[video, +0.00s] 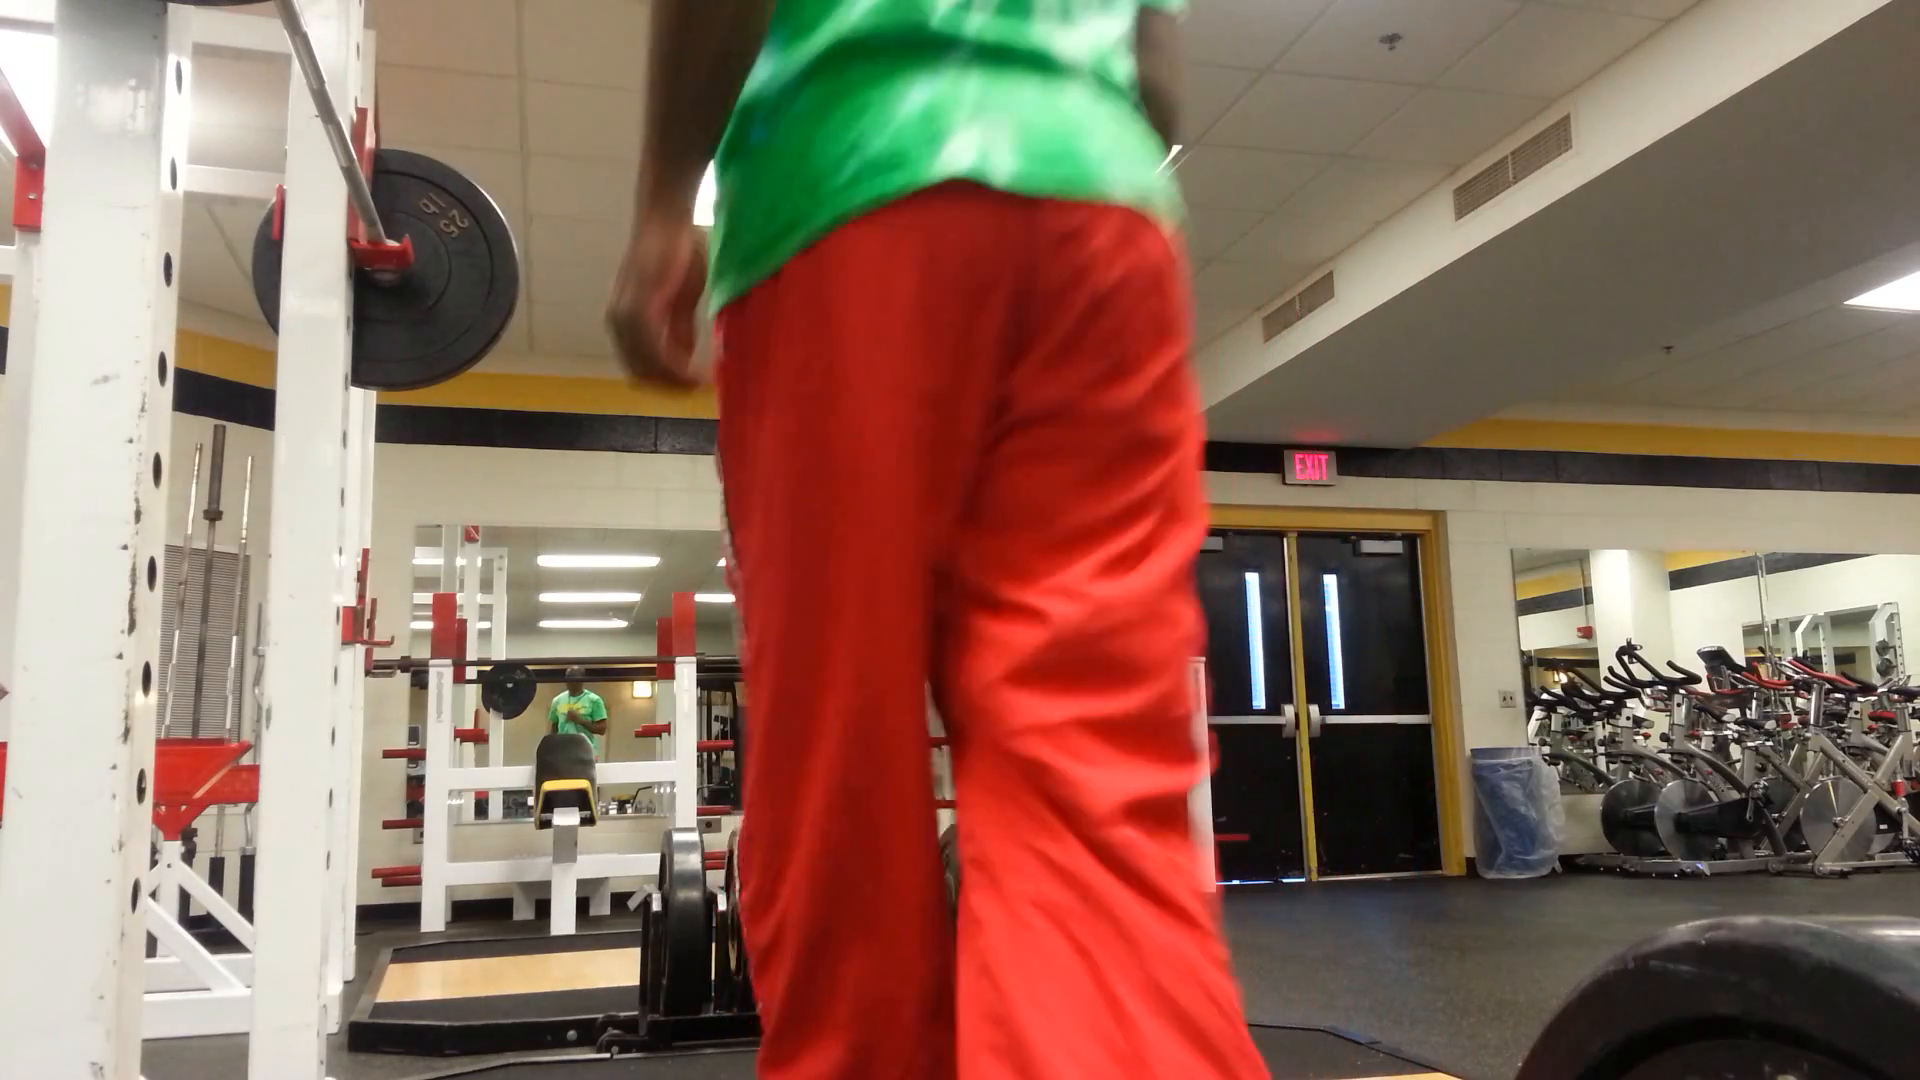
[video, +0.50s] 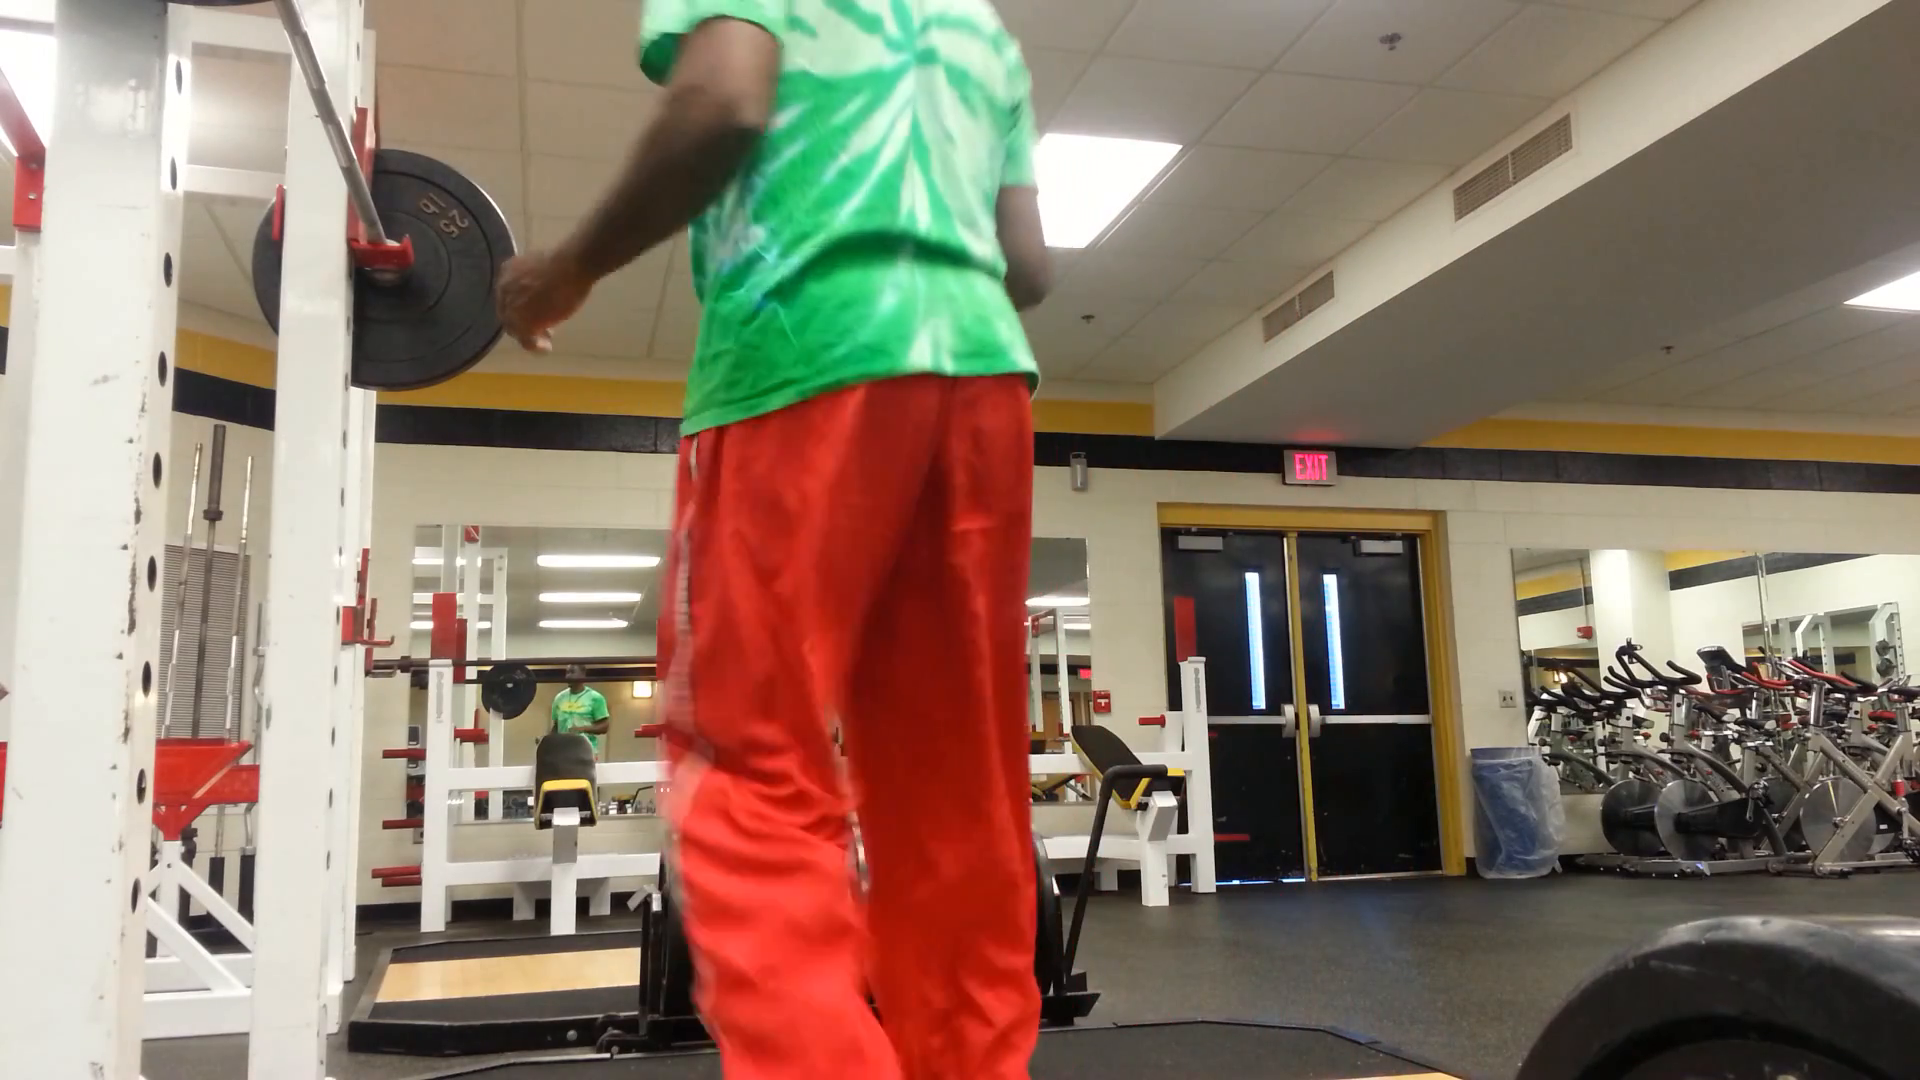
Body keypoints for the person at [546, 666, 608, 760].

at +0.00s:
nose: (571, 685)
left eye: (574, 681)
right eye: (568, 681)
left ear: (581, 681)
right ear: (566, 681)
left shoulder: (594, 700)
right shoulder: (558, 701)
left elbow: (601, 729)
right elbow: (554, 728)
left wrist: (579, 720)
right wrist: (552, 749)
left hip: (587, 751)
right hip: (563, 751)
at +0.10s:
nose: (572, 685)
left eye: (575, 681)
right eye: (569, 681)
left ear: (581, 681)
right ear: (565, 682)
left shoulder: (594, 699)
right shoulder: (556, 701)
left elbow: (600, 728)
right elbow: (552, 730)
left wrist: (577, 718)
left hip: (586, 751)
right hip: (563, 752)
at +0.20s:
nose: (570, 683)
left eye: (574, 680)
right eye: (568, 679)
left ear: (581, 679)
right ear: (565, 679)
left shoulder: (594, 697)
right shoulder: (556, 698)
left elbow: (601, 726)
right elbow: (549, 726)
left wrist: (579, 716)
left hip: (584, 749)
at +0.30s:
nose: (569, 674)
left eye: (572, 671)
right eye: (567, 671)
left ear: (581, 674)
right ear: (564, 674)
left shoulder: (595, 696)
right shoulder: (556, 696)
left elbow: (603, 724)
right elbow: (548, 723)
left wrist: (585, 718)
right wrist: (546, 743)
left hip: (585, 749)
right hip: (560, 748)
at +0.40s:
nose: (568, 675)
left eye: (572, 671)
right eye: (567, 672)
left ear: (582, 674)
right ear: (564, 674)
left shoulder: (596, 697)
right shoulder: (557, 697)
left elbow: (604, 725)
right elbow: (550, 724)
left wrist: (587, 723)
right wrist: (547, 744)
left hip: (586, 750)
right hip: (561, 750)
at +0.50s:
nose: (568, 676)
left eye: (572, 672)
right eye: (567, 672)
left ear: (583, 674)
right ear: (565, 674)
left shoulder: (596, 698)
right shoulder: (559, 698)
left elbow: (604, 727)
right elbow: (556, 725)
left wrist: (582, 729)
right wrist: (547, 741)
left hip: (587, 752)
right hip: (564, 751)